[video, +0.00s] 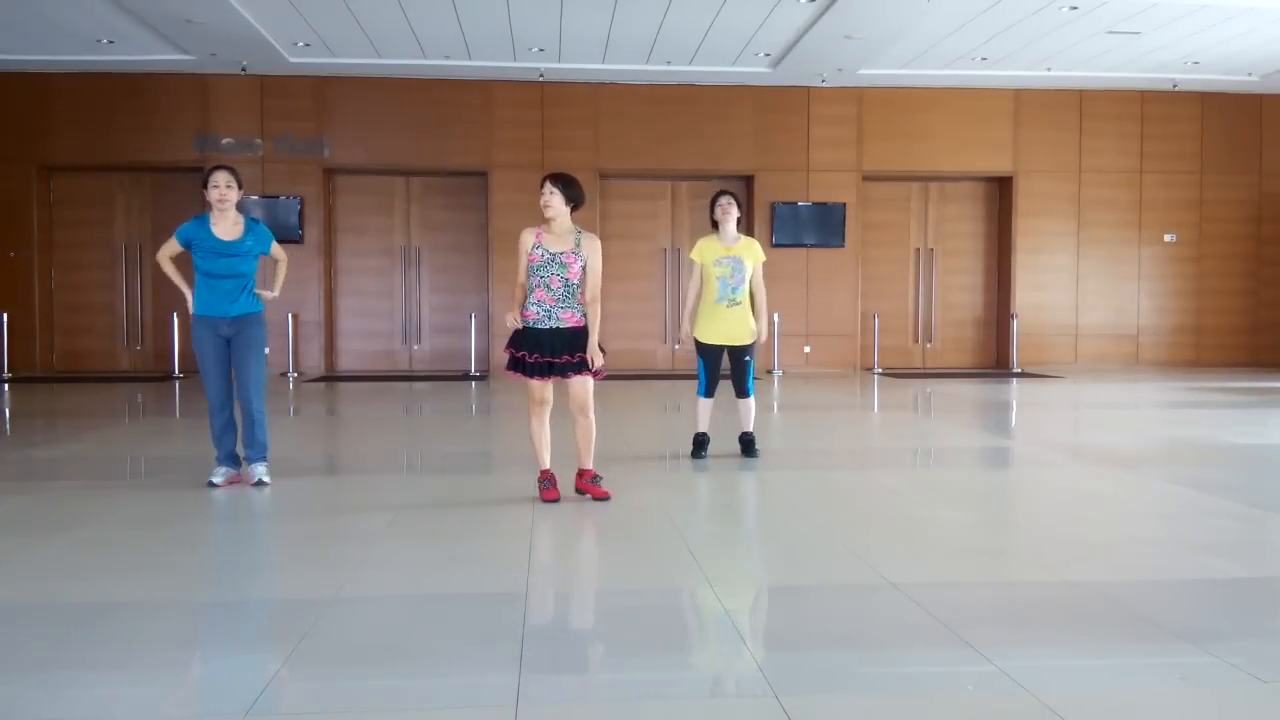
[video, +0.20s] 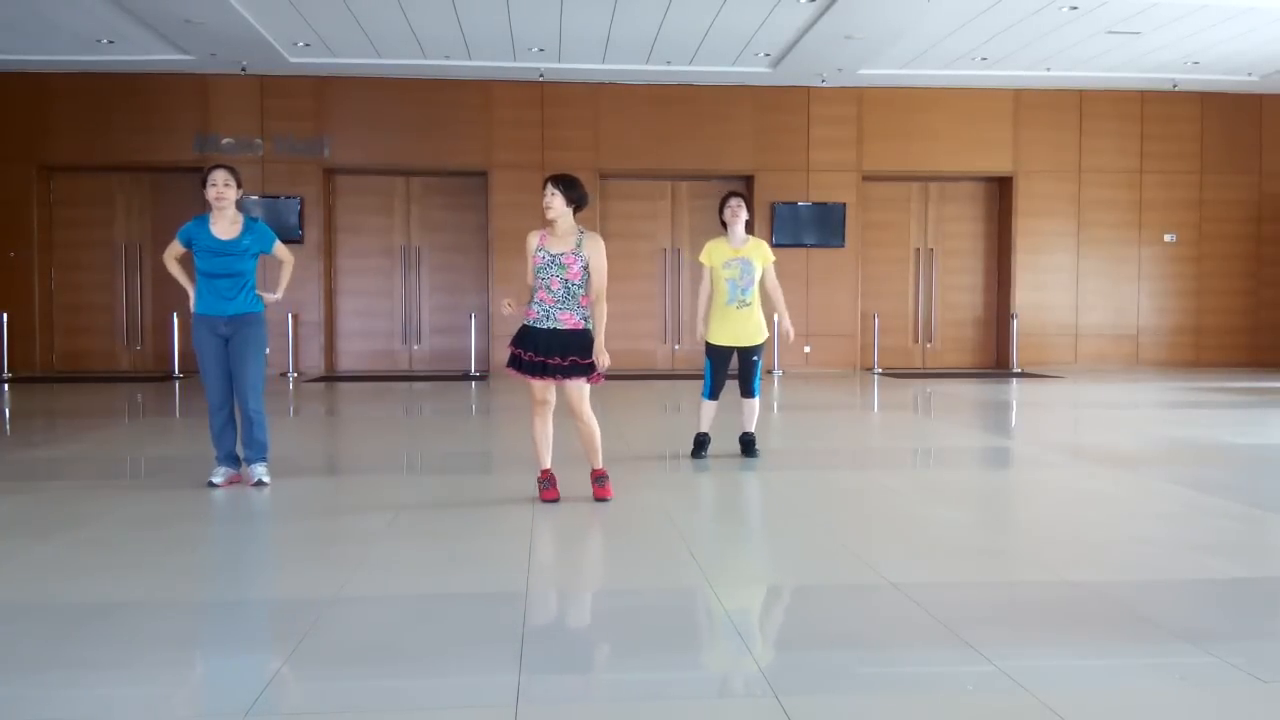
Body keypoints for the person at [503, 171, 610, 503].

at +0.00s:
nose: (544, 198)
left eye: (551, 193)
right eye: (542, 194)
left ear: (569, 199)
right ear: (540, 200)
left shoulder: (589, 242)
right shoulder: (530, 238)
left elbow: (593, 296)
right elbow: (521, 284)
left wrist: (593, 342)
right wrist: (515, 309)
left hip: (575, 334)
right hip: (535, 334)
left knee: (584, 407)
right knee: (541, 404)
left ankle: (586, 474)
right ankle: (546, 474)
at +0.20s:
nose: (546, 200)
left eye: (553, 195)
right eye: (545, 195)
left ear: (572, 201)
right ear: (543, 201)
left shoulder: (591, 242)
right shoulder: (535, 240)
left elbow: (598, 297)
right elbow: (531, 291)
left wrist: (599, 342)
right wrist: (517, 306)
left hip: (575, 335)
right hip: (537, 333)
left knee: (580, 409)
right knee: (542, 404)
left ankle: (598, 472)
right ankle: (545, 474)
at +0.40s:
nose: (553, 200)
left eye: (559, 194)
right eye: (552, 195)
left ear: (578, 200)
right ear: (552, 201)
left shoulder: (599, 240)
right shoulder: (545, 240)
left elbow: (608, 293)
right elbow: (547, 291)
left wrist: (606, 339)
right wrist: (522, 297)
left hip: (585, 334)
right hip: (548, 332)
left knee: (589, 409)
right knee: (550, 404)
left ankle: (601, 474)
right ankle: (553, 474)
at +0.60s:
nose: (561, 198)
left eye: (568, 193)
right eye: (560, 193)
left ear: (587, 198)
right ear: (559, 199)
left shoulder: (607, 238)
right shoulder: (553, 238)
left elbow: (619, 291)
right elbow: (553, 288)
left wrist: (617, 336)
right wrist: (528, 291)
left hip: (597, 332)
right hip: (559, 331)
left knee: (597, 406)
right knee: (555, 400)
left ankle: (603, 476)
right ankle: (565, 476)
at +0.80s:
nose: (576, 200)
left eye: (583, 195)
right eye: (570, 195)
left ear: (596, 201)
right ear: (564, 201)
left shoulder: (612, 239)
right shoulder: (555, 241)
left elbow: (626, 291)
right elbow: (555, 290)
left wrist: (631, 337)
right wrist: (534, 295)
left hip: (607, 332)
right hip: (568, 332)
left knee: (606, 405)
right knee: (560, 403)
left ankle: (605, 475)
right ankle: (566, 477)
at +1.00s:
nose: (581, 202)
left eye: (587, 197)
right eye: (575, 197)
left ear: (597, 204)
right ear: (565, 202)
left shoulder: (612, 242)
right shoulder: (551, 244)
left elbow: (624, 292)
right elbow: (549, 292)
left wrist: (637, 337)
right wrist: (547, 300)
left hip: (610, 335)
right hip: (570, 336)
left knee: (607, 405)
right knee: (567, 410)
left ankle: (605, 475)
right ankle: (560, 475)